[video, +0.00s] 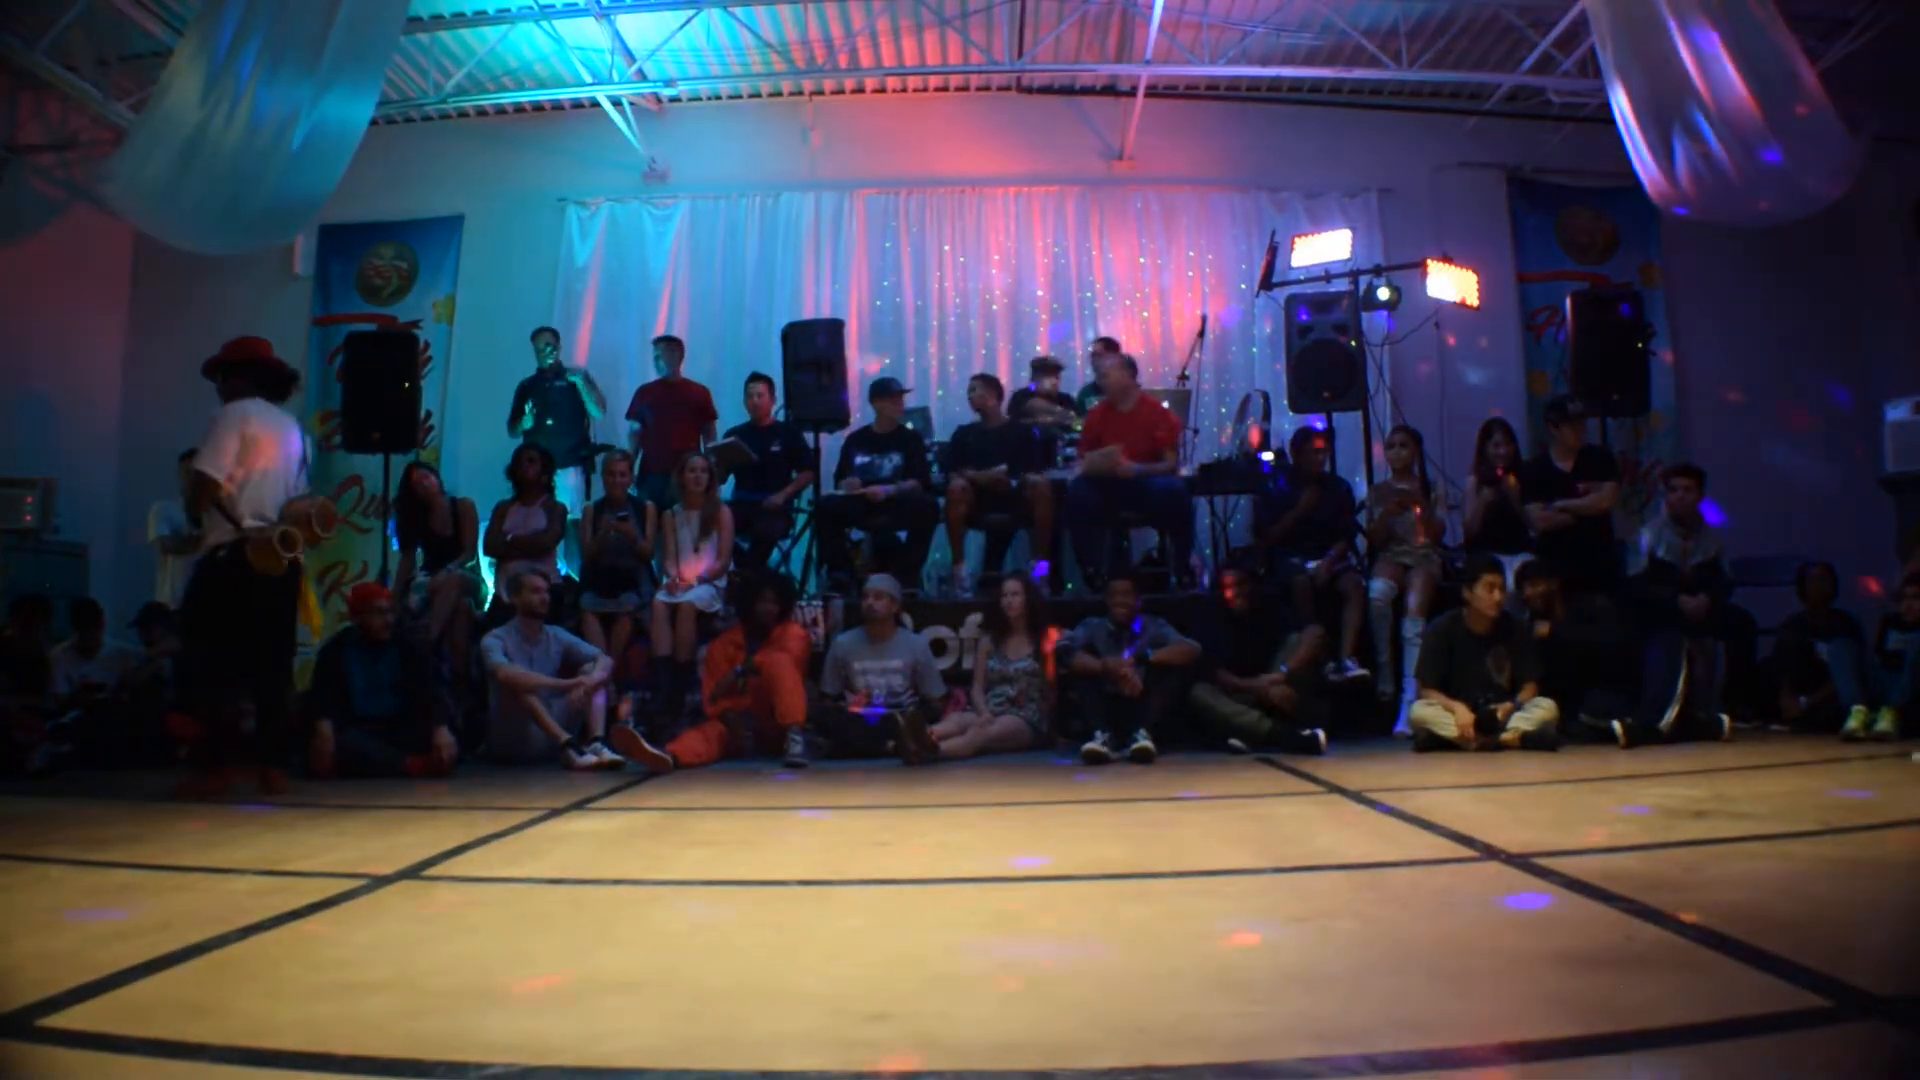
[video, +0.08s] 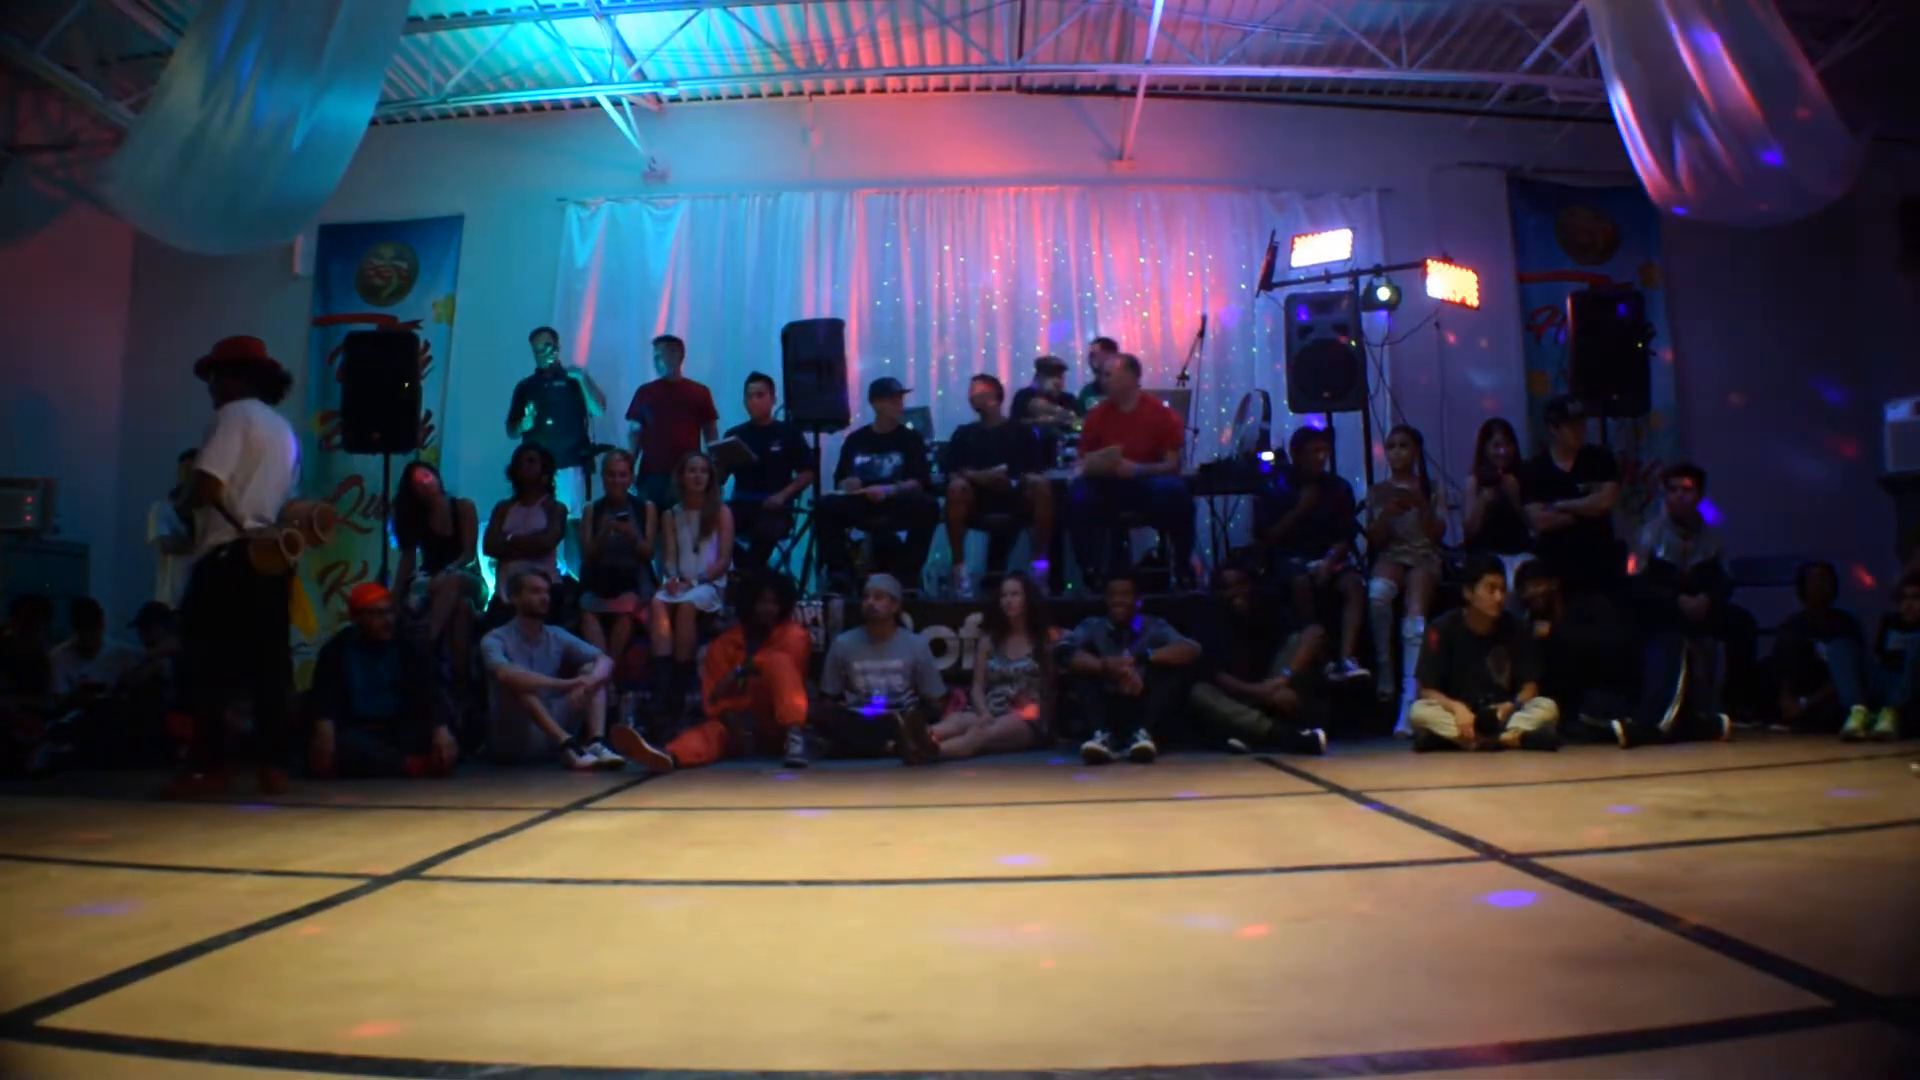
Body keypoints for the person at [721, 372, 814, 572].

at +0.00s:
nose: (754, 401)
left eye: (760, 396)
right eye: (749, 396)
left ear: (772, 400)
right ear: (745, 401)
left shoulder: (788, 433)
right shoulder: (734, 435)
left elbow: (808, 472)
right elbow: (720, 478)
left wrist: (782, 496)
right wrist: (721, 458)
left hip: (774, 503)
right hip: (742, 503)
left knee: (766, 532)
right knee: (720, 523)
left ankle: (752, 574)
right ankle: (744, 564)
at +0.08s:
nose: (754, 401)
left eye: (760, 395)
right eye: (750, 396)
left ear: (773, 399)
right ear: (745, 401)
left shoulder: (788, 433)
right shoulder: (734, 435)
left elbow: (808, 472)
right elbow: (720, 477)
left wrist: (782, 496)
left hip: (774, 503)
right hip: (742, 502)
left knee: (767, 532)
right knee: (721, 524)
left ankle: (752, 573)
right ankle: (743, 565)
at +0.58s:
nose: (755, 403)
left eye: (760, 397)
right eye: (750, 398)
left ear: (773, 400)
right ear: (744, 402)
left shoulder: (789, 433)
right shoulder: (735, 435)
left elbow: (808, 471)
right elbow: (719, 477)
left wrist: (781, 474)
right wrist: (728, 457)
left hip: (777, 504)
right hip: (743, 502)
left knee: (766, 532)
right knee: (718, 524)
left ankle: (754, 575)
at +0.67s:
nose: (755, 403)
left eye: (760, 397)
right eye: (750, 398)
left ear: (773, 400)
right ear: (745, 402)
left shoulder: (789, 433)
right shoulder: (735, 435)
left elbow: (807, 471)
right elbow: (719, 478)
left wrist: (775, 471)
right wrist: (727, 457)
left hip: (777, 503)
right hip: (743, 502)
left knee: (765, 533)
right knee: (718, 525)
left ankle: (753, 576)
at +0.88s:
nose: (755, 403)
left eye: (760, 397)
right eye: (750, 398)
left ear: (773, 400)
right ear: (744, 402)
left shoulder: (789, 433)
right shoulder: (736, 434)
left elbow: (804, 473)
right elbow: (720, 478)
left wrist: (771, 468)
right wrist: (727, 457)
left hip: (777, 504)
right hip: (743, 502)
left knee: (765, 532)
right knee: (717, 525)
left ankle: (753, 575)